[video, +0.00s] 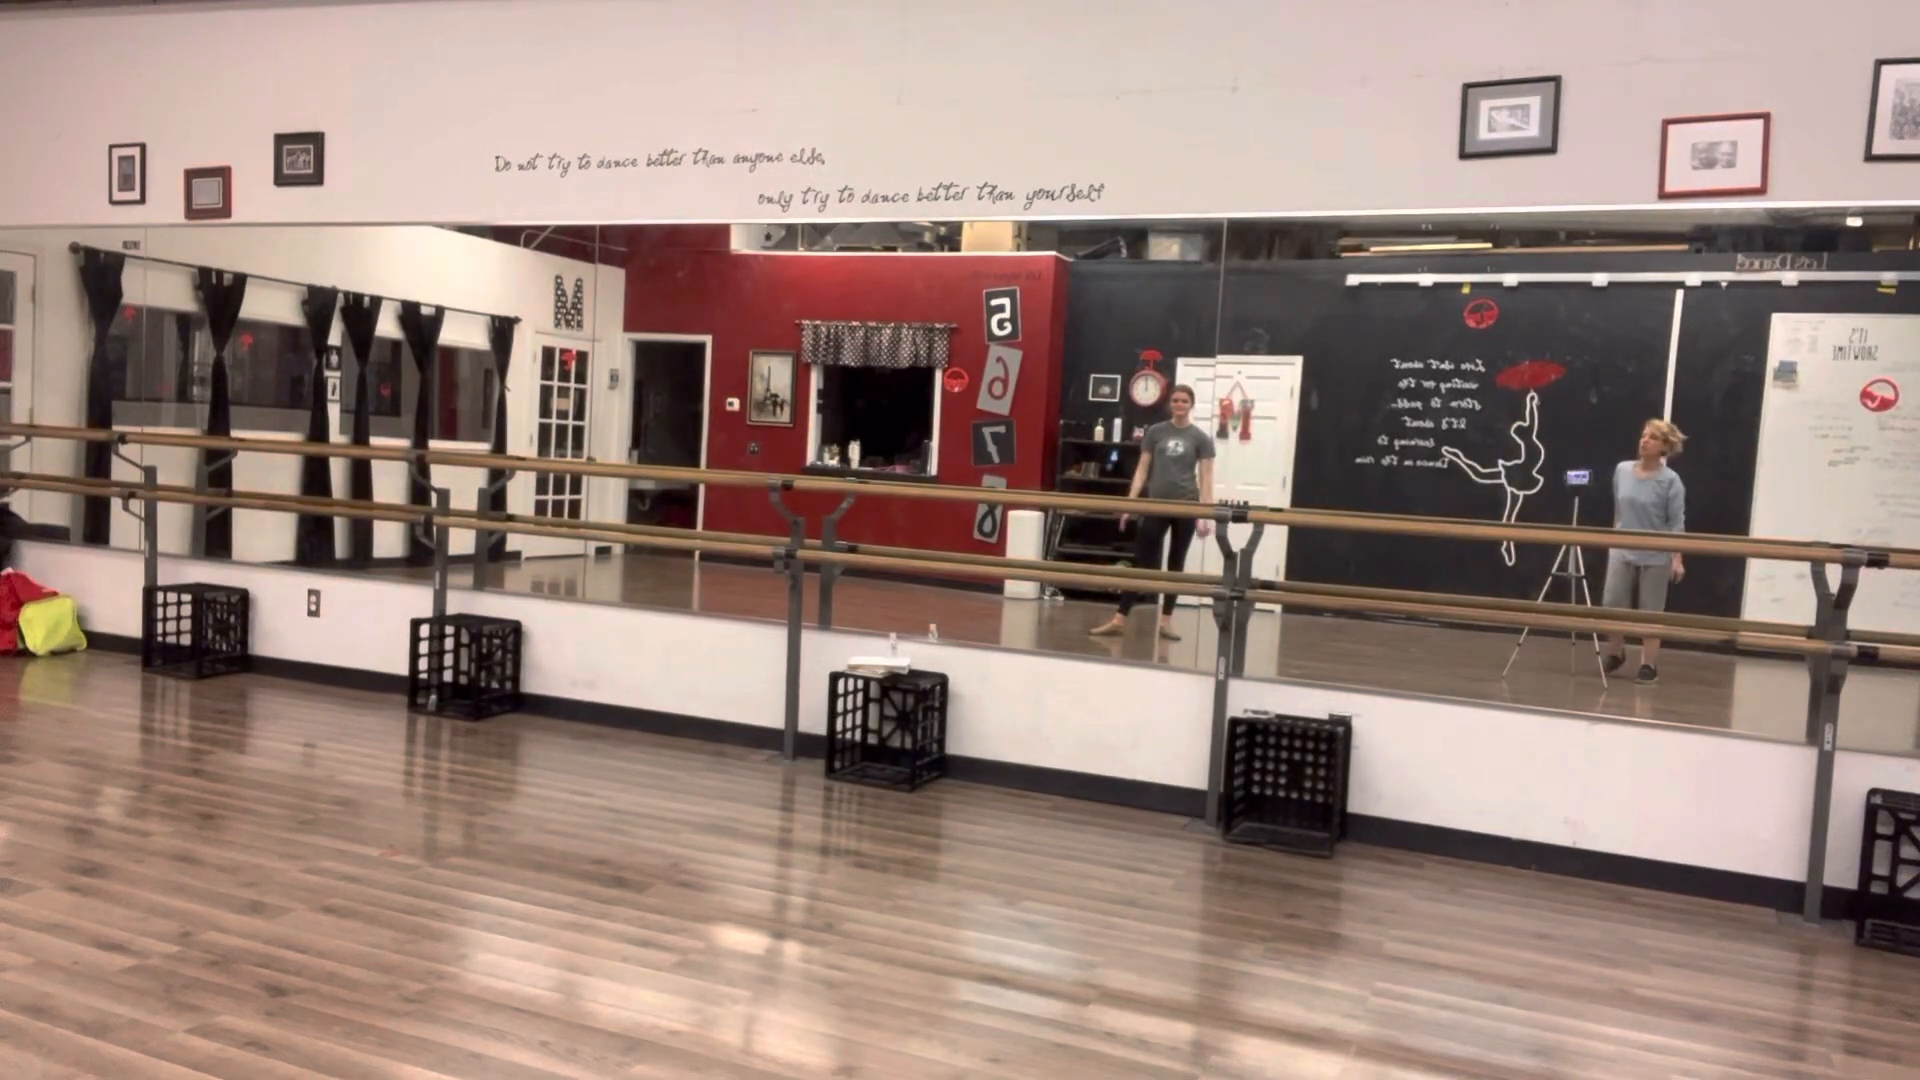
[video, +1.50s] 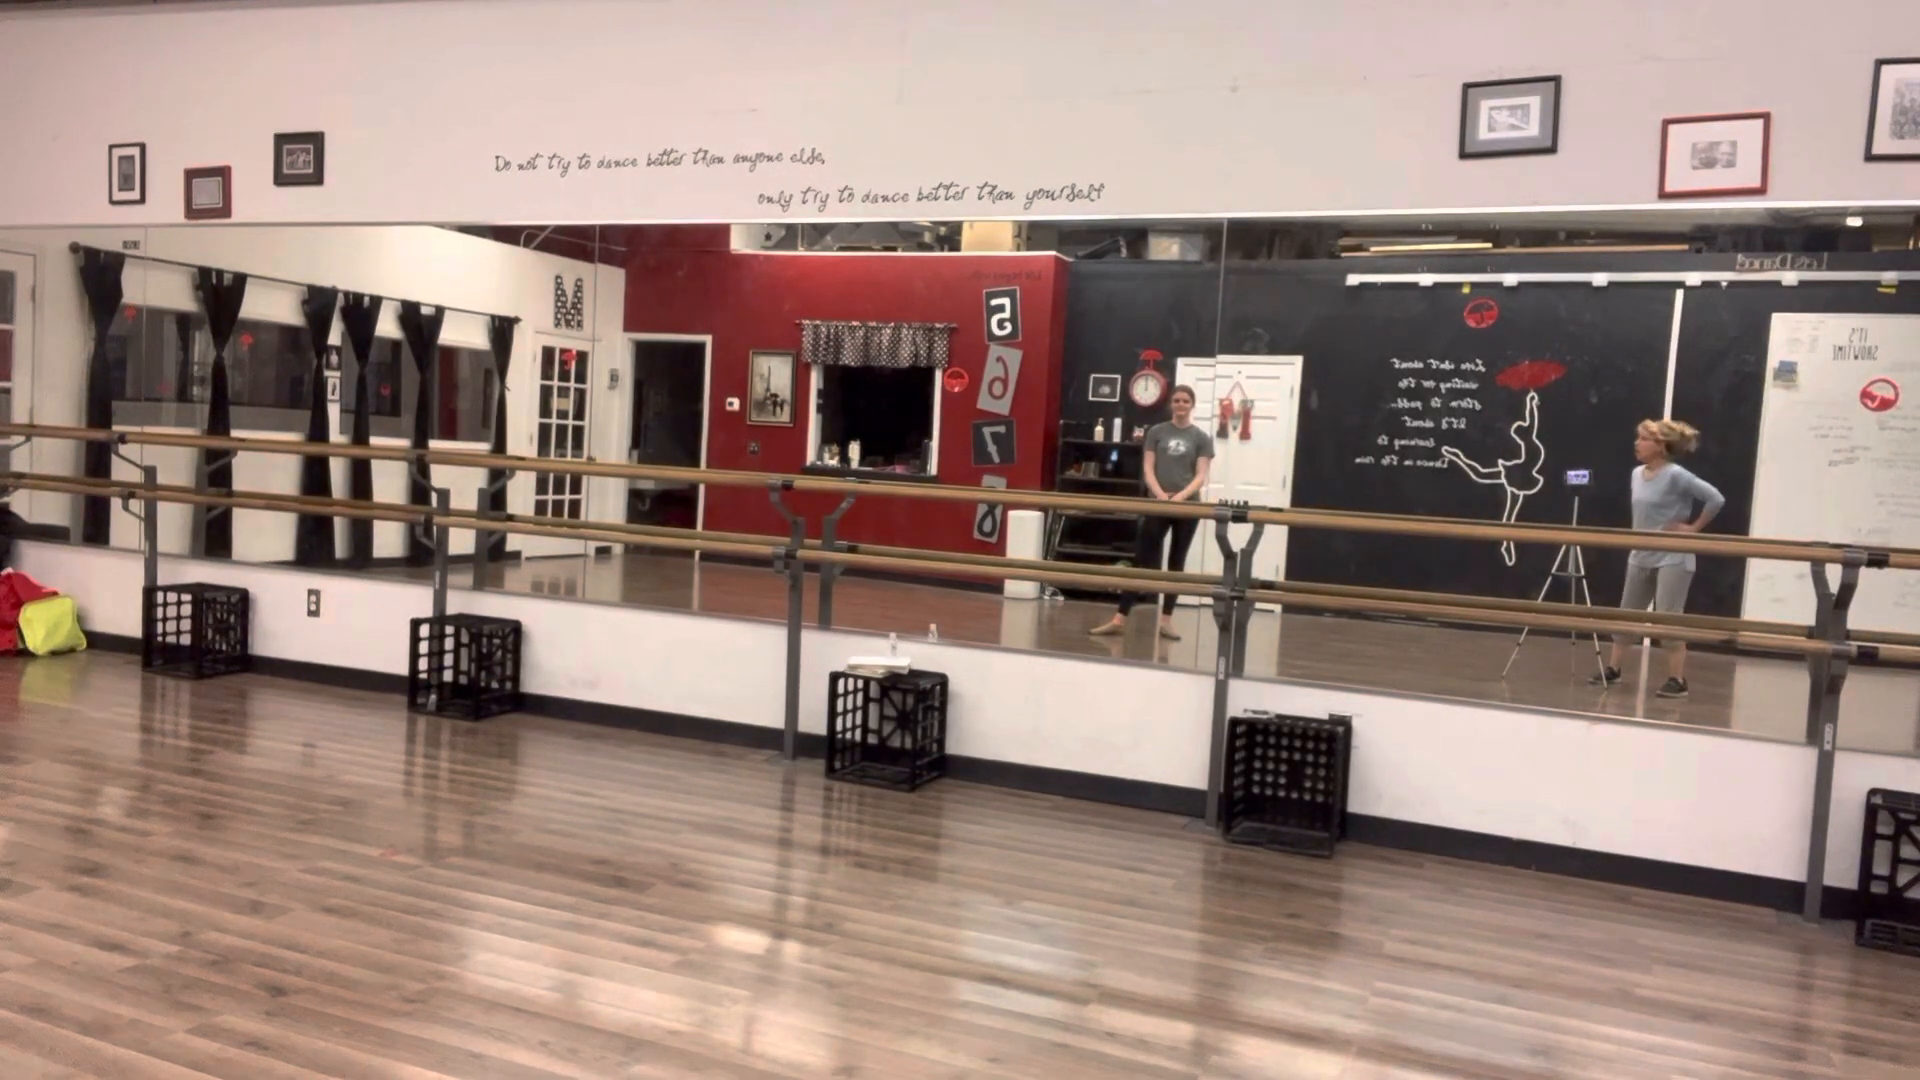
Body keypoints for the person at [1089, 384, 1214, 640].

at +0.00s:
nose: (1179, 405)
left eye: (1184, 401)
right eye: (1176, 401)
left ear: (1191, 405)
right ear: (1170, 404)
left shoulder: (1202, 439)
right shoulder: (1154, 432)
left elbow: (1206, 480)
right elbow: (1141, 470)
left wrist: (1206, 515)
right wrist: (1129, 505)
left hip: (1185, 510)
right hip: (1154, 507)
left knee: (1175, 565)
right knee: (1141, 560)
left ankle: (1165, 620)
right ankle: (1120, 617)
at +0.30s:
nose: (1180, 405)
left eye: (1184, 401)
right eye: (1176, 401)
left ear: (1192, 405)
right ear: (1170, 404)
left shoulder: (1202, 438)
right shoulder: (1154, 432)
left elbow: (1201, 476)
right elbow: (1150, 468)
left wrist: (1181, 496)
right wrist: (1156, 492)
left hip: (1186, 504)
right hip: (1158, 501)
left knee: (1176, 561)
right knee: (1142, 555)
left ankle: (1166, 619)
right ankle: (1120, 617)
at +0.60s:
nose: (1179, 405)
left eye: (1184, 401)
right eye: (1176, 401)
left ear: (1192, 405)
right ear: (1170, 404)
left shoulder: (1202, 438)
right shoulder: (1155, 432)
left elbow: (1209, 479)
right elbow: (1143, 471)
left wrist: (1214, 514)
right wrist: (1131, 508)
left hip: (1187, 510)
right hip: (1155, 507)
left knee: (1176, 564)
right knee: (1141, 560)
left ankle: (1165, 619)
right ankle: (1120, 617)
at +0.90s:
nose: (1180, 404)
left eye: (1185, 401)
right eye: (1176, 400)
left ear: (1192, 405)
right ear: (1170, 404)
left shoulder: (1203, 437)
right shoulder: (1155, 432)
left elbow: (1214, 473)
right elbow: (1142, 469)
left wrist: (1224, 504)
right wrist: (1124, 505)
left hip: (1187, 510)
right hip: (1156, 507)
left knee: (1176, 563)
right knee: (1142, 559)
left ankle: (1165, 619)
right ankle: (1120, 618)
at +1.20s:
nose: (1181, 405)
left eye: (1185, 401)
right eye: (1177, 401)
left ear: (1193, 405)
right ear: (1171, 404)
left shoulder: (1202, 439)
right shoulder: (1155, 432)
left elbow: (1207, 480)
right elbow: (1144, 471)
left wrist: (1204, 513)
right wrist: (1138, 507)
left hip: (1186, 510)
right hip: (1155, 507)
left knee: (1176, 565)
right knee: (1142, 561)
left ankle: (1165, 619)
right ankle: (1120, 617)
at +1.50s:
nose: (1180, 405)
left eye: (1185, 401)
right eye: (1177, 401)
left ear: (1192, 405)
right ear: (1170, 404)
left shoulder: (1202, 438)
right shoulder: (1155, 432)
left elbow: (1201, 475)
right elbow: (1148, 469)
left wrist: (1182, 495)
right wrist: (1160, 494)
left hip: (1187, 503)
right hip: (1158, 500)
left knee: (1177, 560)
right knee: (1143, 555)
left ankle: (1166, 618)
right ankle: (1120, 616)